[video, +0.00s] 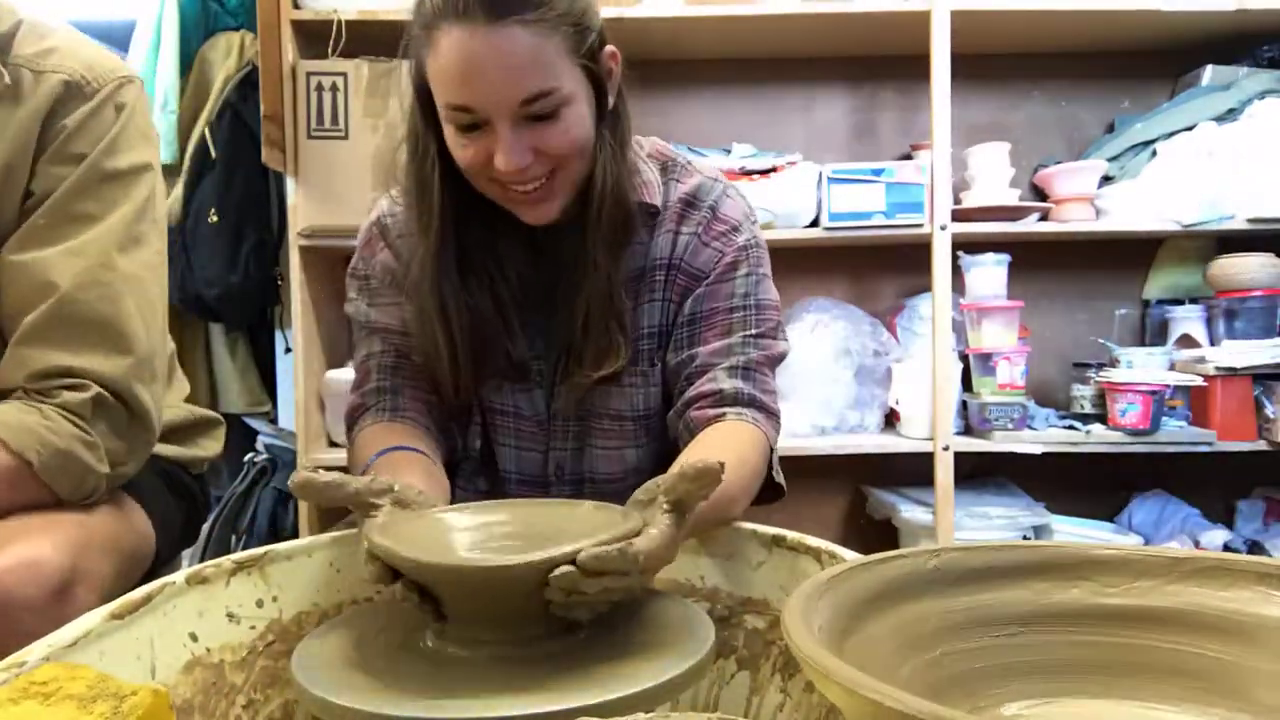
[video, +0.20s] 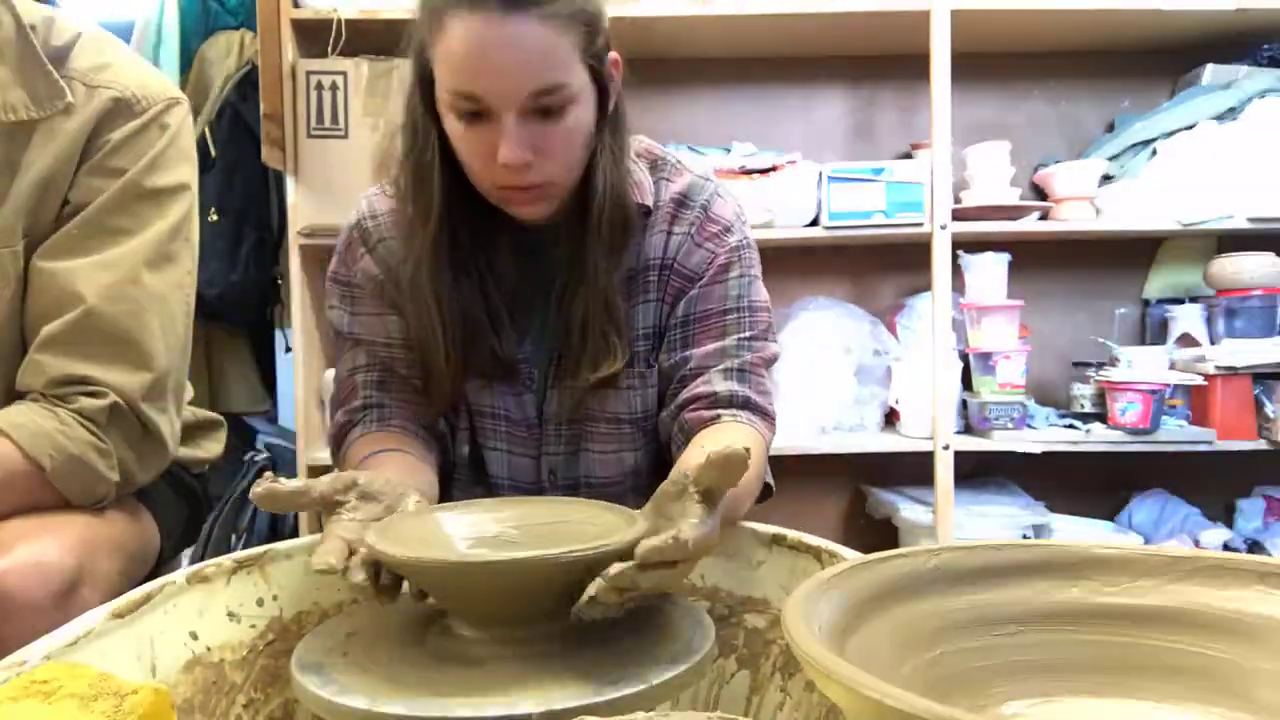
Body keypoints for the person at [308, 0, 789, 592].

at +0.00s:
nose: (510, 160)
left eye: (541, 113)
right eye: (469, 125)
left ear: (605, 80)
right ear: (433, 114)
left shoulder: (705, 224)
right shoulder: (404, 240)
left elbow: (736, 411)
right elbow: (391, 405)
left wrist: (675, 506)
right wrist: (415, 497)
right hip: (471, 600)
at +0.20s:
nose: (511, 154)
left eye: (548, 109)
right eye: (472, 115)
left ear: (607, 84)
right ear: (432, 104)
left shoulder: (695, 222)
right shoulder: (388, 237)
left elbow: (728, 405)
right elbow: (383, 419)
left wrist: (707, 489)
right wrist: (385, 496)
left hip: (641, 603)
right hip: (455, 604)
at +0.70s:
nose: (628, 152)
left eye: (680, 128)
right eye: (613, 103)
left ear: (746, 139)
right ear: (588, 85)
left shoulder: (773, 248)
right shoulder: (484, 179)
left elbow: (760, 422)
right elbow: (348, 326)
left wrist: (701, 496)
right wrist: (463, 407)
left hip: (632, 583)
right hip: (446, 564)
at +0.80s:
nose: (628, 164)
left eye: (682, 139)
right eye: (614, 113)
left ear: (748, 143)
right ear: (589, 88)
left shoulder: (774, 252)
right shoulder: (485, 180)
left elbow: (762, 423)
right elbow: (355, 321)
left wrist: (703, 495)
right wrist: (424, 400)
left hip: (637, 596)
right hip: (451, 580)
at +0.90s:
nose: (627, 166)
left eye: (679, 141)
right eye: (612, 114)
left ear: (745, 148)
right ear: (587, 89)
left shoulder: (774, 252)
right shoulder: (486, 181)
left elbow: (762, 420)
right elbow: (362, 325)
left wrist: (701, 493)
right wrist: (426, 394)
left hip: (642, 598)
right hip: (457, 579)